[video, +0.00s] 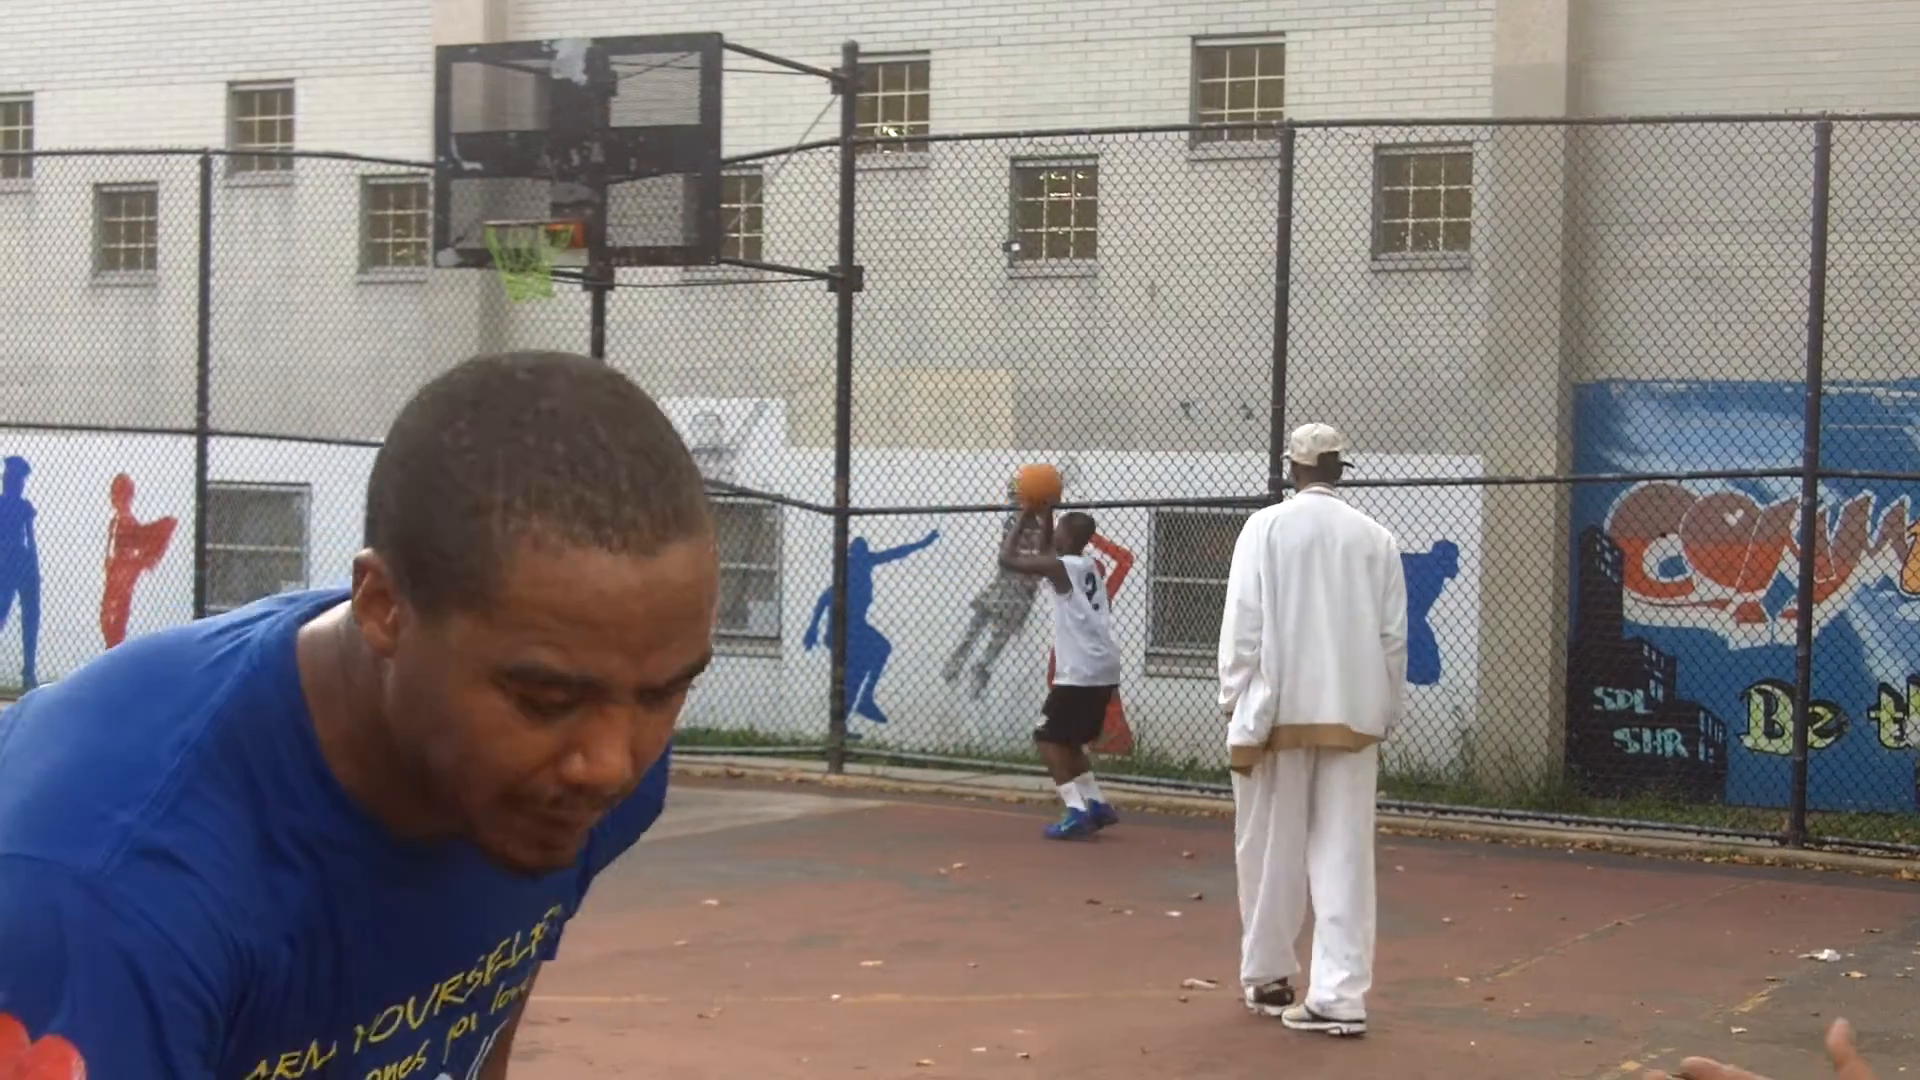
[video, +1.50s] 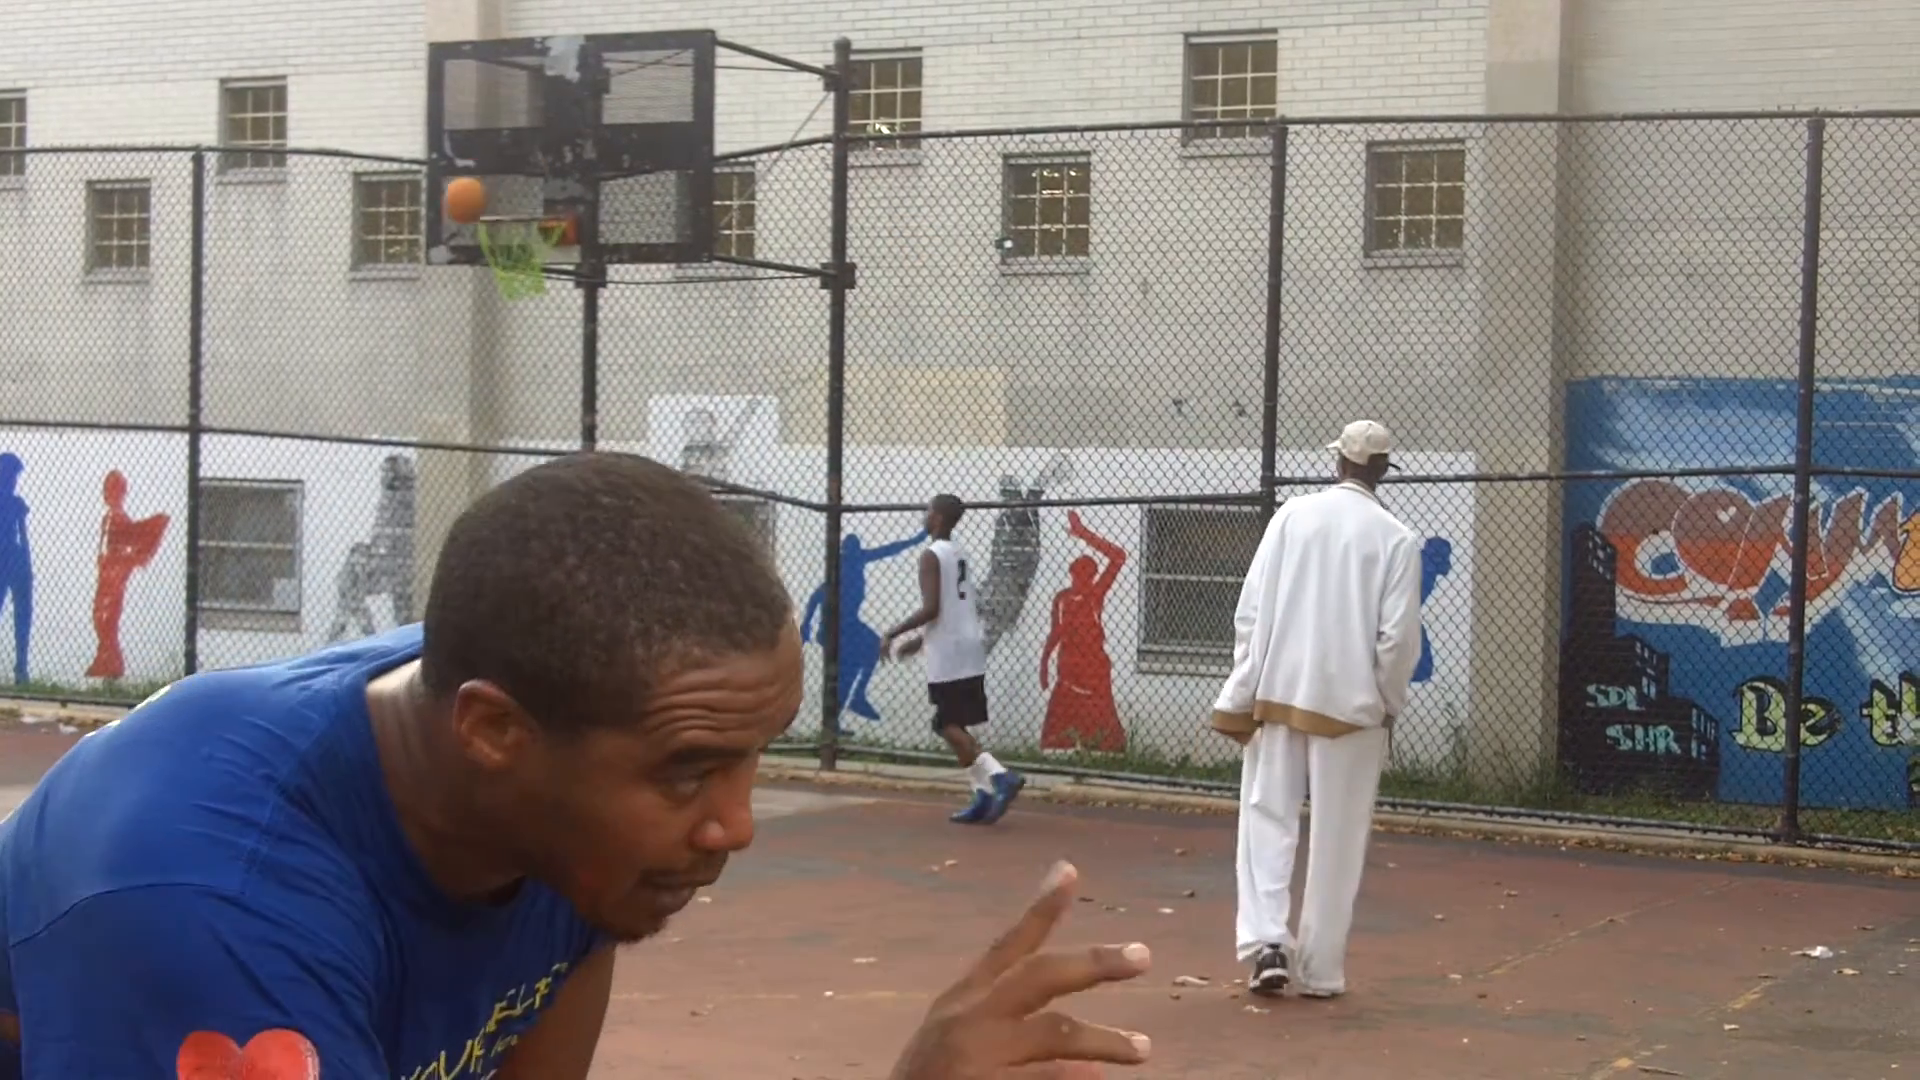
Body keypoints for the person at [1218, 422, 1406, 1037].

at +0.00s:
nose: (1303, 476)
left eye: (1296, 469)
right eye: (1323, 466)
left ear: (1292, 472)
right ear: (1341, 471)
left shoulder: (1264, 527)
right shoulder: (1377, 537)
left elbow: (1243, 625)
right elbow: (1394, 636)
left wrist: (1234, 701)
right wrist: (1388, 710)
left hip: (1275, 709)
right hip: (1353, 711)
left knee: (1270, 845)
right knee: (1345, 850)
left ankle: (1268, 976)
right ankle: (1340, 999)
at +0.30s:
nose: (1262, 474)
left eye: (1258, 466)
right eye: (1282, 464)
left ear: (1258, 470)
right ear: (1305, 467)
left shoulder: (1237, 533)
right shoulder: (1349, 529)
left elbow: (1224, 636)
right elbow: (1373, 628)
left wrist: (1229, 715)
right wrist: (1372, 703)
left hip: (1263, 712)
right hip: (1340, 710)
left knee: (1263, 847)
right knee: (1338, 847)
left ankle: (1270, 978)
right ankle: (1329, 966)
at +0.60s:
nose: (1261, 474)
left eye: (1255, 466)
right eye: (1282, 464)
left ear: (1254, 470)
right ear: (1301, 467)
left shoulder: (1230, 531)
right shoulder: (1342, 527)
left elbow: (1215, 634)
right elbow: (1367, 623)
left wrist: (1220, 711)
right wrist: (1364, 698)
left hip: (1256, 707)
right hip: (1331, 704)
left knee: (1257, 841)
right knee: (1326, 840)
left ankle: (1270, 976)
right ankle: (1318, 975)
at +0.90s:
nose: (1279, 475)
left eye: (1274, 467)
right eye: (1310, 467)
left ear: (1273, 471)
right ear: (1322, 472)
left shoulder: (1240, 529)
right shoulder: (1352, 533)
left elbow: (1217, 630)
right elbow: (1373, 631)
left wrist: (1217, 709)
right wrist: (1370, 710)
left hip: (1253, 707)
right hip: (1331, 709)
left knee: (1256, 843)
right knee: (1325, 838)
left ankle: (1268, 974)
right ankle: (1321, 969)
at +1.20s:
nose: (1336, 474)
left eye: (1324, 463)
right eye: (1354, 469)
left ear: (1313, 466)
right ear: (1360, 472)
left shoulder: (1270, 519)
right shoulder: (1380, 538)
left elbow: (1234, 617)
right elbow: (1388, 637)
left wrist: (1228, 696)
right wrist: (1377, 708)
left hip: (1263, 695)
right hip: (1340, 703)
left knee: (1254, 829)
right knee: (1329, 835)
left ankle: (1262, 950)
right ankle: (1318, 973)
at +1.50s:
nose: (1360, 471)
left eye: (1346, 461)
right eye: (1375, 466)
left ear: (1336, 463)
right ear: (1383, 470)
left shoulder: (1290, 517)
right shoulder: (1395, 538)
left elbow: (1250, 613)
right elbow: (1396, 637)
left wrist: (1243, 690)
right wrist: (1390, 705)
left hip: (1277, 692)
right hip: (1350, 701)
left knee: (1266, 818)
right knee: (1339, 833)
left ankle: (1265, 942)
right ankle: (1321, 972)